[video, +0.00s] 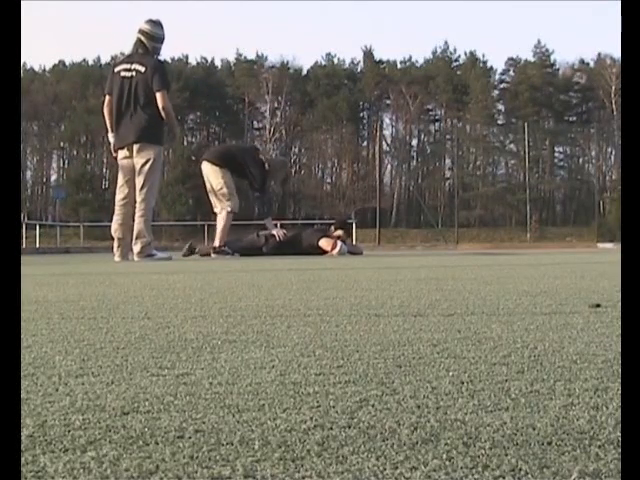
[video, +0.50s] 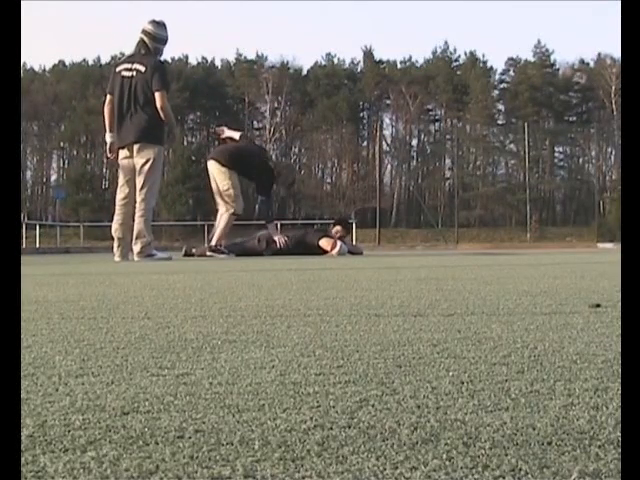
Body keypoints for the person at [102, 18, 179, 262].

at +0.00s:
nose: (160, 47)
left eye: (160, 43)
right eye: (160, 43)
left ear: (138, 38)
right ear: (156, 42)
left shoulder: (118, 65)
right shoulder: (155, 65)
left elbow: (107, 104)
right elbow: (162, 102)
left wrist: (112, 134)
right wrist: (174, 126)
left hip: (121, 136)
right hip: (147, 136)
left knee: (123, 195)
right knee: (145, 195)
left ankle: (119, 249)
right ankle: (142, 248)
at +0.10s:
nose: (161, 47)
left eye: (161, 43)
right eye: (160, 43)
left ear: (139, 38)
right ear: (156, 42)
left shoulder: (118, 65)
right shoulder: (154, 65)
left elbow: (108, 104)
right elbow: (161, 102)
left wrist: (112, 133)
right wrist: (174, 126)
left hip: (121, 136)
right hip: (147, 136)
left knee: (123, 195)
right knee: (145, 196)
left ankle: (119, 249)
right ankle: (142, 247)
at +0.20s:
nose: (161, 47)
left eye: (161, 43)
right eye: (161, 43)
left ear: (139, 38)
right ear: (156, 42)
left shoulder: (119, 65)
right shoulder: (155, 65)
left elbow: (108, 104)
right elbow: (161, 102)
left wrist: (111, 133)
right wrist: (173, 125)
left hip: (122, 136)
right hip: (147, 137)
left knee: (123, 195)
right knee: (145, 196)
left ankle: (119, 249)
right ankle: (142, 247)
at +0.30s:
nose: (162, 47)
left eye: (162, 43)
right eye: (162, 43)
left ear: (140, 38)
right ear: (157, 42)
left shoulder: (119, 65)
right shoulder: (155, 65)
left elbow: (108, 103)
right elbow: (160, 102)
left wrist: (110, 134)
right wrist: (171, 124)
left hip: (122, 137)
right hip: (148, 137)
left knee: (123, 195)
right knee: (145, 196)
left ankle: (119, 249)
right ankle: (142, 247)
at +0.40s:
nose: (163, 48)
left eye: (163, 43)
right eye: (162, 43)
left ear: (141, 38)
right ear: (158, 42)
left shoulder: (120, 65)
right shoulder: (156, 65)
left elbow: (109, 103)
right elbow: (160, 102)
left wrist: (110, 135)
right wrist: (172, 125)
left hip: (123, 138)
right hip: (148, 138)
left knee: (123, 196)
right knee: (145, 197)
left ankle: (119, 249)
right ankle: (142, 248)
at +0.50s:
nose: (163, 48)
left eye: (164, 44)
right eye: (163, 44)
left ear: (142, 38)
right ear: (159, 43)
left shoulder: (120, 65)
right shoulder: (156, 65)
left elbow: (109, 103)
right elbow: (160, 101)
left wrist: (110, 134)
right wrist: (172, 124)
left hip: (123, 137)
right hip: (148, 138)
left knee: (124, 196)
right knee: (145, 197)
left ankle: (119, 249)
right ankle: (142, 248)